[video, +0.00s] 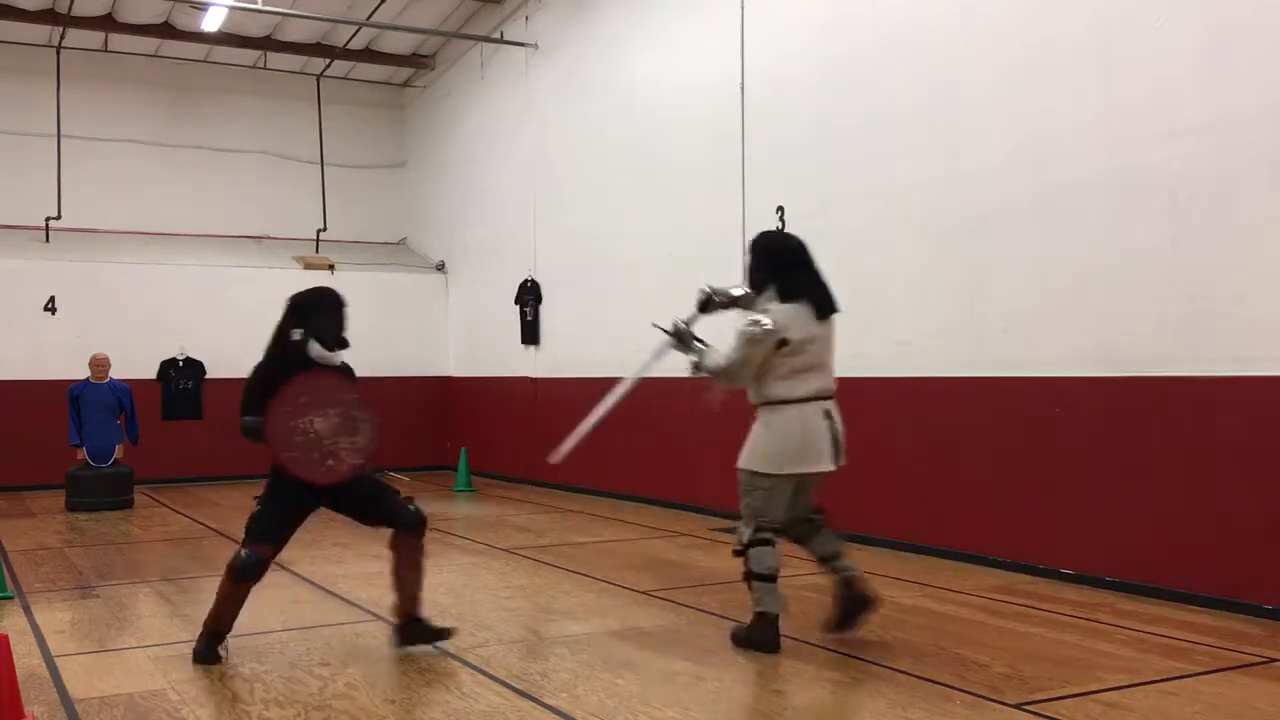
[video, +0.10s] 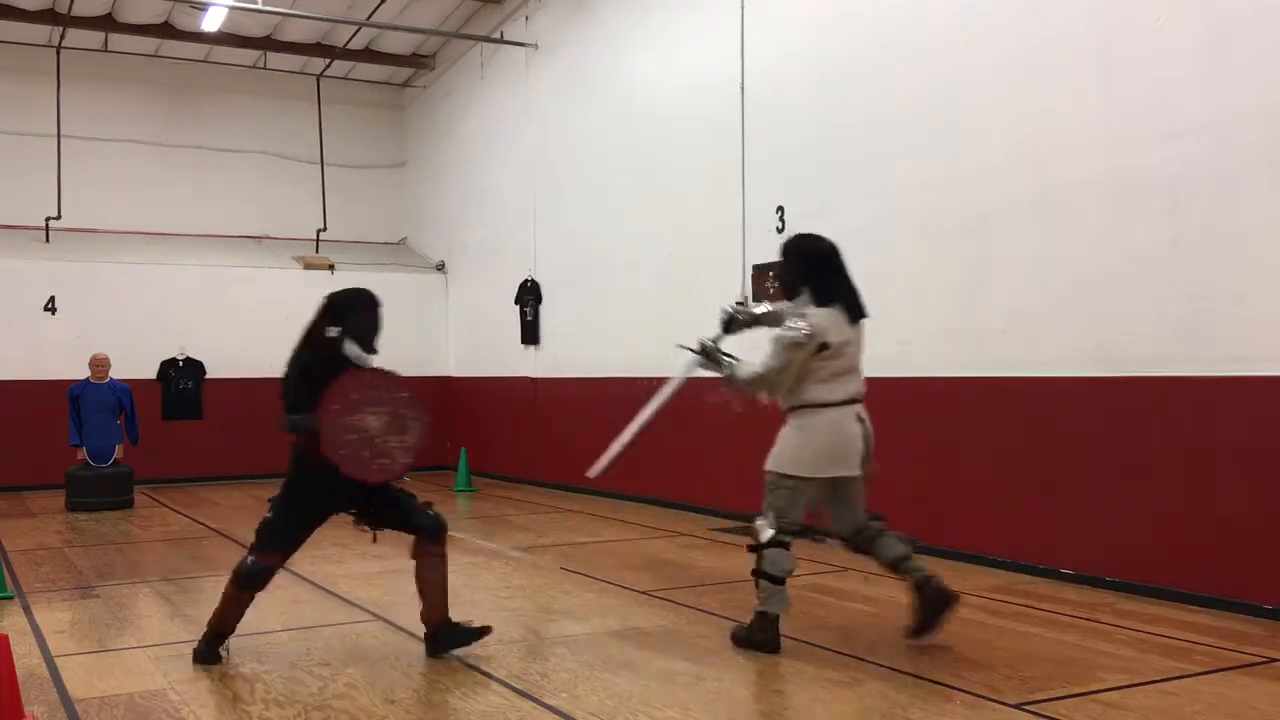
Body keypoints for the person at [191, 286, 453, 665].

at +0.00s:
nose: (342, 325)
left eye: (341, 317)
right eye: (334, 317)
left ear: (336, 318)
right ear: (308, 322)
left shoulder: (340, 372)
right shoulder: (277, 366)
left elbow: (351, 424)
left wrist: (348, 441)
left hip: (341, 477)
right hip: (292, 480)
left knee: (410, 521)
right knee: (250, 561)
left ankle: (409, 623)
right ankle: (212, 636)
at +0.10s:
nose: (377, 328)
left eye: (377, 319)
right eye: (371, 319)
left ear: (350, 320)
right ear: (350, 320)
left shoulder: (359, 368)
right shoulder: (314, 361)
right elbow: (300, 423)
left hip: (356, 480)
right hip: (312, 483)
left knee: (431, 527)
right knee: (258, 566)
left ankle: (438, 628)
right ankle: (212, 639)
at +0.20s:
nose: (425, 326)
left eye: (424, 317)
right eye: (420, 317)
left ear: (388, 316)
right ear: (401, 318)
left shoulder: (383, 356)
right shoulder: (375, 355)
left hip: (378, 479)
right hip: (354, 480)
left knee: (459, 533)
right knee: (287, 563)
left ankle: (435, 631)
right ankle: (215, 632)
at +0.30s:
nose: (479, 328)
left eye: (479, 320)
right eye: (475, 320)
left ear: (447, 317)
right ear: (458, 320)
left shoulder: (433, 355)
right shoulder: (435, 358)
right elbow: (430, 426)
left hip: (417, 480)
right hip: (404, 482)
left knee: (485, 540)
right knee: (358, 577)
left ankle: (442, 633)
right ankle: (269, 602)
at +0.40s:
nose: (524, 345)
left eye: (524, 337)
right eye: (522, 337)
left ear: (483, 324)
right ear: (512, 332)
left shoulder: (460, 355)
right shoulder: (504, 364)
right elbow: (544, 409)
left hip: (437, 473)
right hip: (450, 477)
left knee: (500, 551)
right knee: (497, 553)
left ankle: (443, 632)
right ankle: (388, 595)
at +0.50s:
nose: (567, 331)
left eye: (565, 324)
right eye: (564, 324)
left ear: (526, 323)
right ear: (558, 326)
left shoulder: (501, 356)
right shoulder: (555, 360)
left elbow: (472, 412)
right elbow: (605, 389)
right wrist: (644, 398)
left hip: (482, 476)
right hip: (513, 476)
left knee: (519, 559)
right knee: (589, 524)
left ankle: (446, 627)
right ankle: (550, 624)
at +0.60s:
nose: (614, 315)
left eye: (610, 307)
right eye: (610, 308)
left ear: (569, 314)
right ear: (600, 312)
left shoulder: (553, 352)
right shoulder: (607, 347)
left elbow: (529, 338)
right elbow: (671, 373)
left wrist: (551, 305)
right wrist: (707, 367)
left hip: (542, 471)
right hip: (577, 470)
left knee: (536, 562)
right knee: (660, 528)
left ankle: (457, 625)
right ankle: (711, 621)